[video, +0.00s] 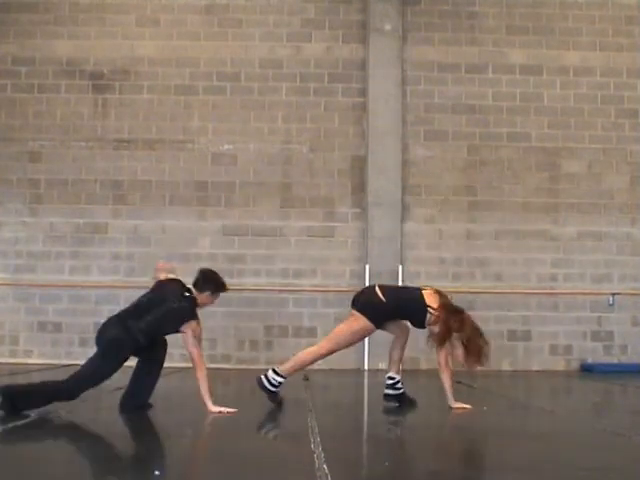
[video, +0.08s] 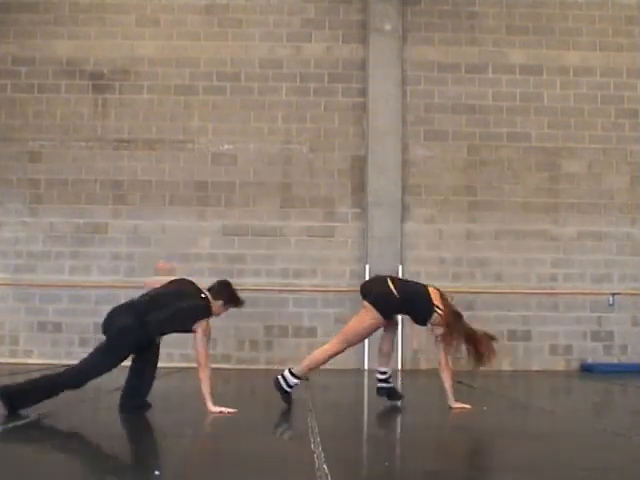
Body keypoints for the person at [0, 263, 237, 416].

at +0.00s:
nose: (214, 302)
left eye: (216, 297)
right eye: (215, 297)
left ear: (197, 284)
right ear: (206, 295)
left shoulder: (171, 282)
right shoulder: (190, 318)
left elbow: (160, 270)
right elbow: (197, 363)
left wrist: (166, 268)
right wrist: (209, 404)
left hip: (112, 327)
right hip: (120, 342)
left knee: (158, 347)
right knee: (72, 388)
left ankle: (133, 402)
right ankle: (10, 397)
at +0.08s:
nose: (224, 313)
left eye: (227, 309)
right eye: (226, 309)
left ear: (211, 291)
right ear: (219, 303)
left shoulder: (185, 284)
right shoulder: (202, 319)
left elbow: (149, 286)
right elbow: (203, 365)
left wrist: (161, 274)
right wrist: (210, 404)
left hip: (119, 316)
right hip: (133, 333)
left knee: (152, 346)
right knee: (79, 375)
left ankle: (133, 402)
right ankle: (11, 397)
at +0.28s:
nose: (227, 317)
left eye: (229, 313)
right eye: (230, 314)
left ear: (221, 290)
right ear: (229, 310)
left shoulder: (198, 280)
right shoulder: (216, 317)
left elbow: (154, 270)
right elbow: (212, 364)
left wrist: (133, 295)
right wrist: (210, 404)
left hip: (140, 299)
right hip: (151, 327)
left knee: (99, 314)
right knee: (95, 363)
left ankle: (57, 330)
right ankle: (33, 395)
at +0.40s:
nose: (232, 311)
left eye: (233, 306)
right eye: (234, 308)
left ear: (222, 286)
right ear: (231, 303)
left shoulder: (200, 278)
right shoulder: (221, 320)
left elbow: (157, 266)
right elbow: (214, 364)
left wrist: (123, 284)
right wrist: (211, 404)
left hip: (149, 307)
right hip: (156, 338)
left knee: (96, 280)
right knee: (99, 368)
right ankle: (36, 403)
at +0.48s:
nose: (218, 290)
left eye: (219, 285)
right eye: (224, 293)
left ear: (217, 279)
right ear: (228, 299)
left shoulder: (198, 277)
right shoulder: (218, 320)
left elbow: (160, 267)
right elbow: (213, 365)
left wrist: (128, 286)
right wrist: (210, 404)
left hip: (151, 317)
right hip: (159, 345)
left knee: (106, 283)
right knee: (97, 374)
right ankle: (36, 404)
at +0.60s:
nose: (188, 273)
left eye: (190, 272)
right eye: (191, 273)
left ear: (195, 276)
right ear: (208, 286)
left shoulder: (185, 278)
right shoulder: (203, 310)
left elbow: (173, 280)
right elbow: (208, 357)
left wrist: (152, 307)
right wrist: (212, 400)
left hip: (154, 348)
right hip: (171, 358)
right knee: (97, 384)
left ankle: (192, 399)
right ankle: (34, 407)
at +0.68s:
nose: (165, 283)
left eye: (169, 278)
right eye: (165, 278)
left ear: (183, 281)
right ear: (178, 282)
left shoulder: (185, 298)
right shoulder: (178, 306)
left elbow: (185, 308)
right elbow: (186, 343)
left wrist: (162, 333)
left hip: (175, 374)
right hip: (177, 373)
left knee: (113, 392)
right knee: (113, 391)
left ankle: (45, 409)